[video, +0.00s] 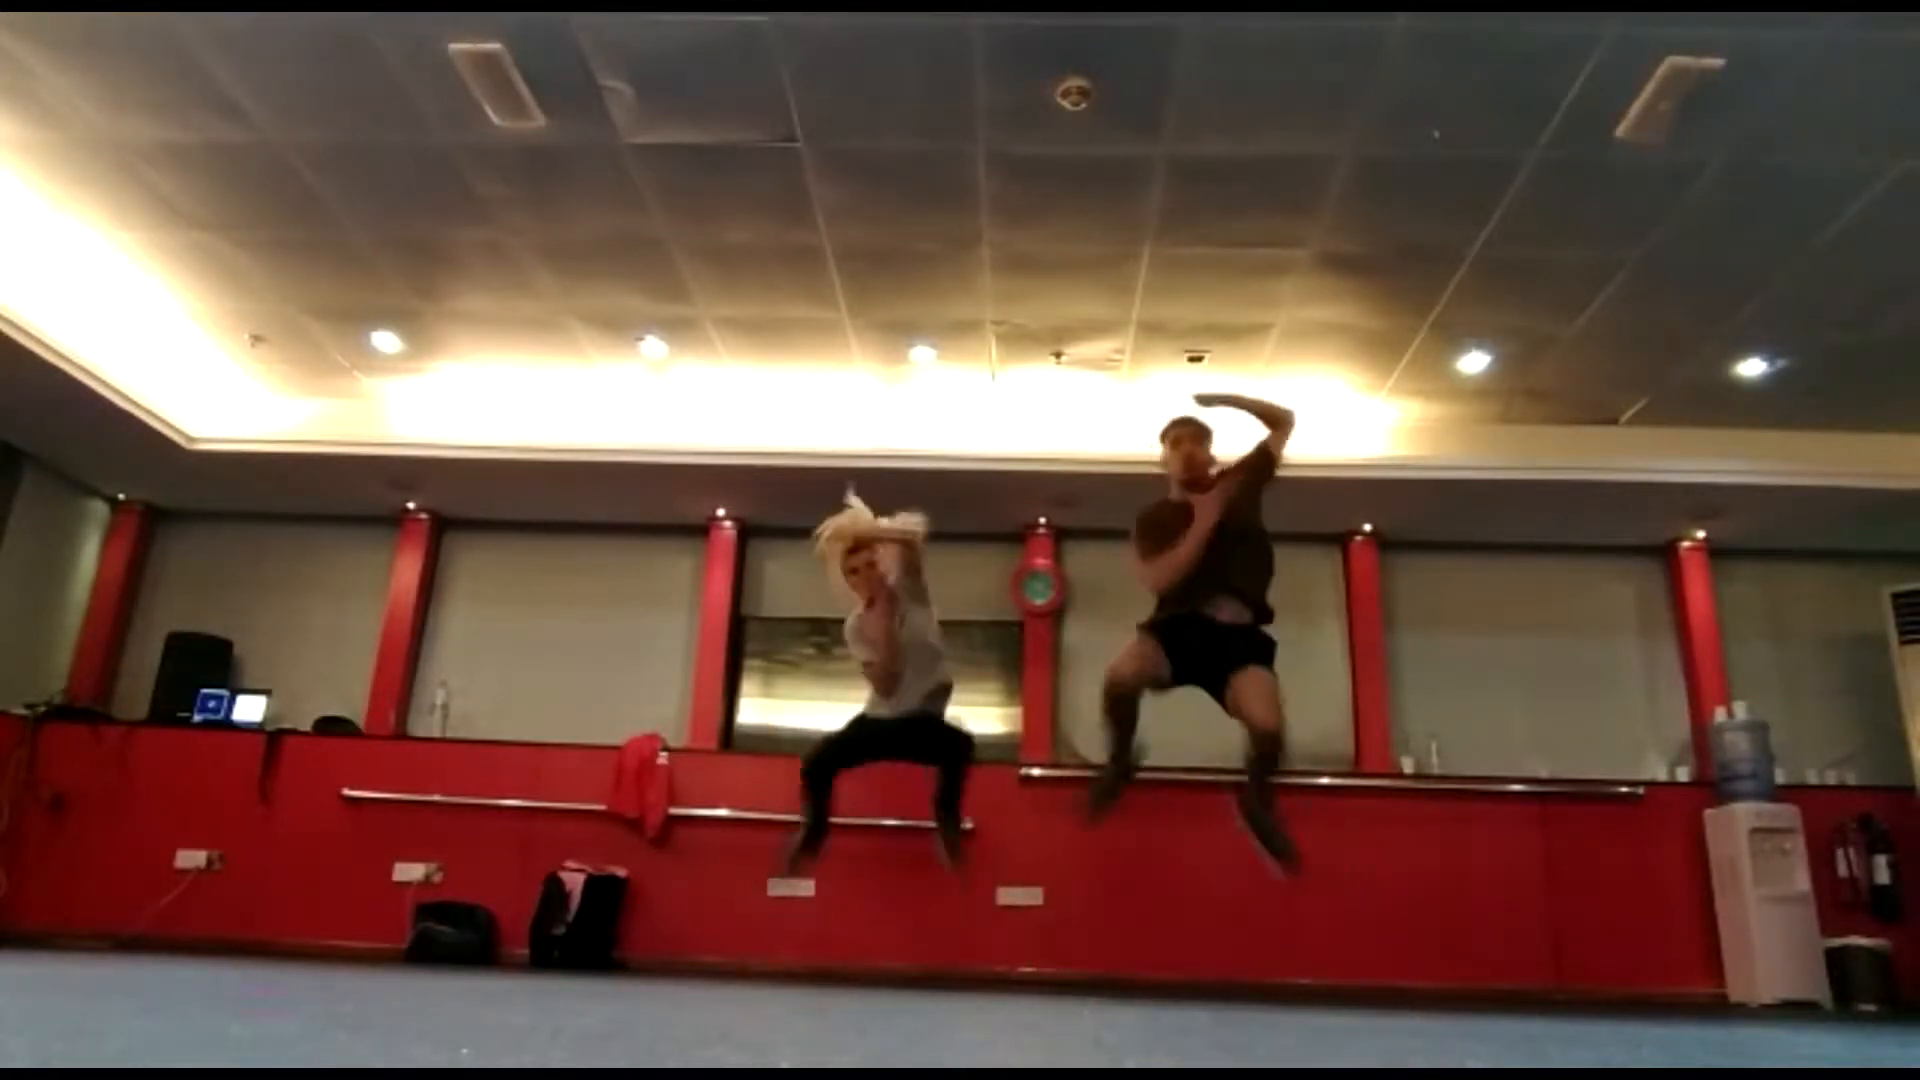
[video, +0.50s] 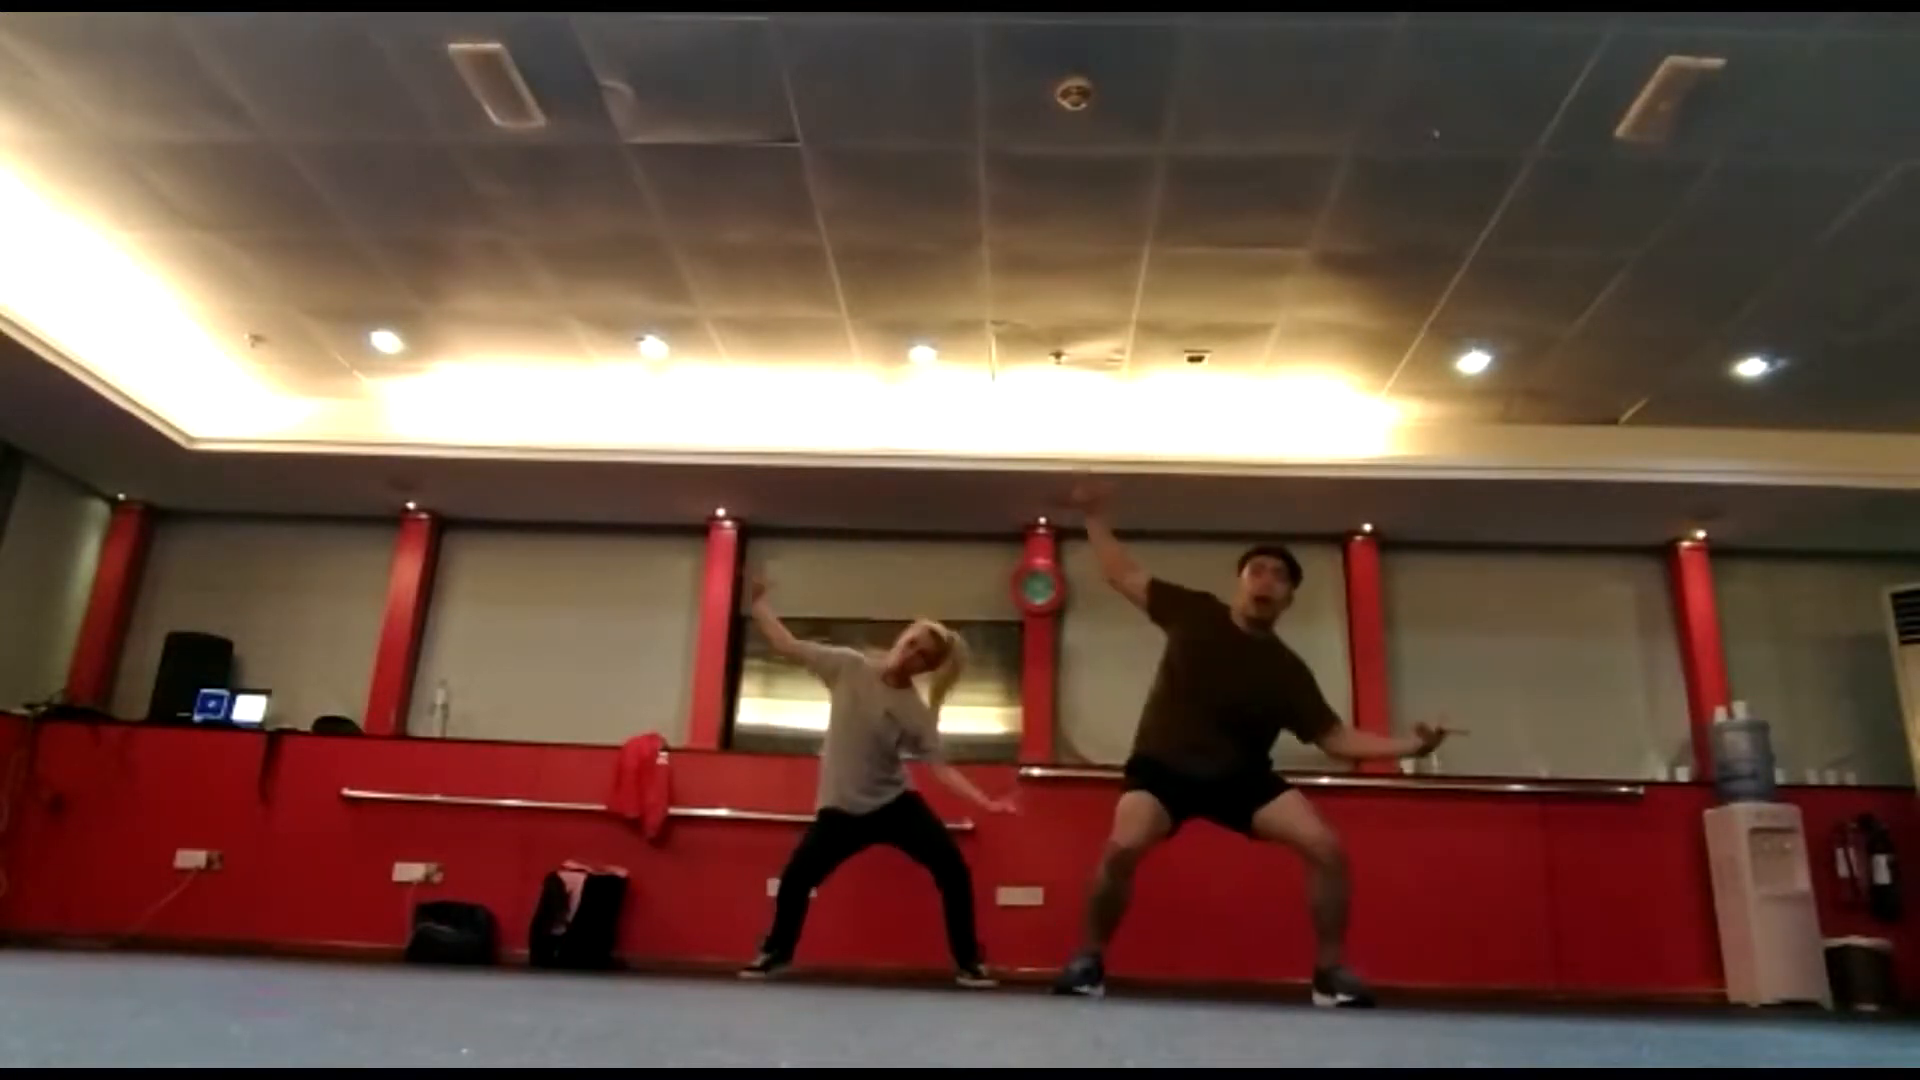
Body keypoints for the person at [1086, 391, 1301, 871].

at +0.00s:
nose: (1187, 452)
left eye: (1195, 443)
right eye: (1177, 445)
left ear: (1211, 452)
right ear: (1165, 457)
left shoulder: (1238, 489)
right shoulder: (1156, 517)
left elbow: (1283, 424)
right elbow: (1156, 579)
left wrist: (1231, 402)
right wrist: (1204, 521)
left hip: (1239, 640)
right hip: (1177, 633)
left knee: (1268, 726)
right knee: (1119, 676)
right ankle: (1118, 765)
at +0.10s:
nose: (1213, 492)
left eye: (1225, 486)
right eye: (1208, 482)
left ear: (1243, 489)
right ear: (1197, 481)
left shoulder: (1258, 526)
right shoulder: (1165, 527)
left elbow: (1304, 524)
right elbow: (1088, 542)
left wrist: (1249, 494)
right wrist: (1160, 516)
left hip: (1239, 667)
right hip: (1171, 664)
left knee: (1287, 788)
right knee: (1123, 778)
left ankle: (1323, 927)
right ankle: (1086, 911)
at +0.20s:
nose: (1221, 536)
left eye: (1233, 527)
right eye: (1214, 525)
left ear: (1253, 534)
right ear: (1200, 525)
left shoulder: (1254, 583)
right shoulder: (1158, 573)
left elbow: (1320, 621)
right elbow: (1089, 551)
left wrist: (1293, 564)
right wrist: (1170, 549)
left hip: (1239, 723)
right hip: (1169, 721)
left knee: (1297, 826)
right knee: (1129, 826)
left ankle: (1328, 961)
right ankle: (1089, 954)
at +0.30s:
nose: (1248, 549)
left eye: (1264, 551)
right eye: (1248, 539)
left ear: (1273, 575)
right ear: (1230, 547)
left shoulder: (1269, 625)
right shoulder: (1176, 603)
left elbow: (1330, 683)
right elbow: (1101, 595)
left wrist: (1313, 602)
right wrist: (1182, 587)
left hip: (1235, 763)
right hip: (1160, 758)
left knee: (1313, 850)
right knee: (1116, 843)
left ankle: (1328, 972)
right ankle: (1087, 959)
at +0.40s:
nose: (1264, 565)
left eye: (1277, 563)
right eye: (1258, 553)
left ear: (1285, 583)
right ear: (1238, 559)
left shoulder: (1281, 649)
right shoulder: (1183, 601)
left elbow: (1324, 707)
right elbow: (1110, 584)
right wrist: (1120, 547)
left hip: (1242, 768)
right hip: (1164, 760)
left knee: (1322, 847)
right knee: (1114, 842)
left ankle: (1329, 972)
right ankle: (1088, 959)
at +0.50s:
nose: (1265, 582)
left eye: (1277, 576)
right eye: (1256, 572)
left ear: (1290, 595)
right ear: (1237, 581)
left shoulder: (1285, 671)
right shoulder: (1193, 613)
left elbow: (1337, 740)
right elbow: (1122, 575)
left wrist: (1407, 746)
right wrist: (1094, 516)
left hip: (1240, 781)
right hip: (1164, 769)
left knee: (1324, 846)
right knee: (1121, 847)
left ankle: (1330, 974)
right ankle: (1088, 961)